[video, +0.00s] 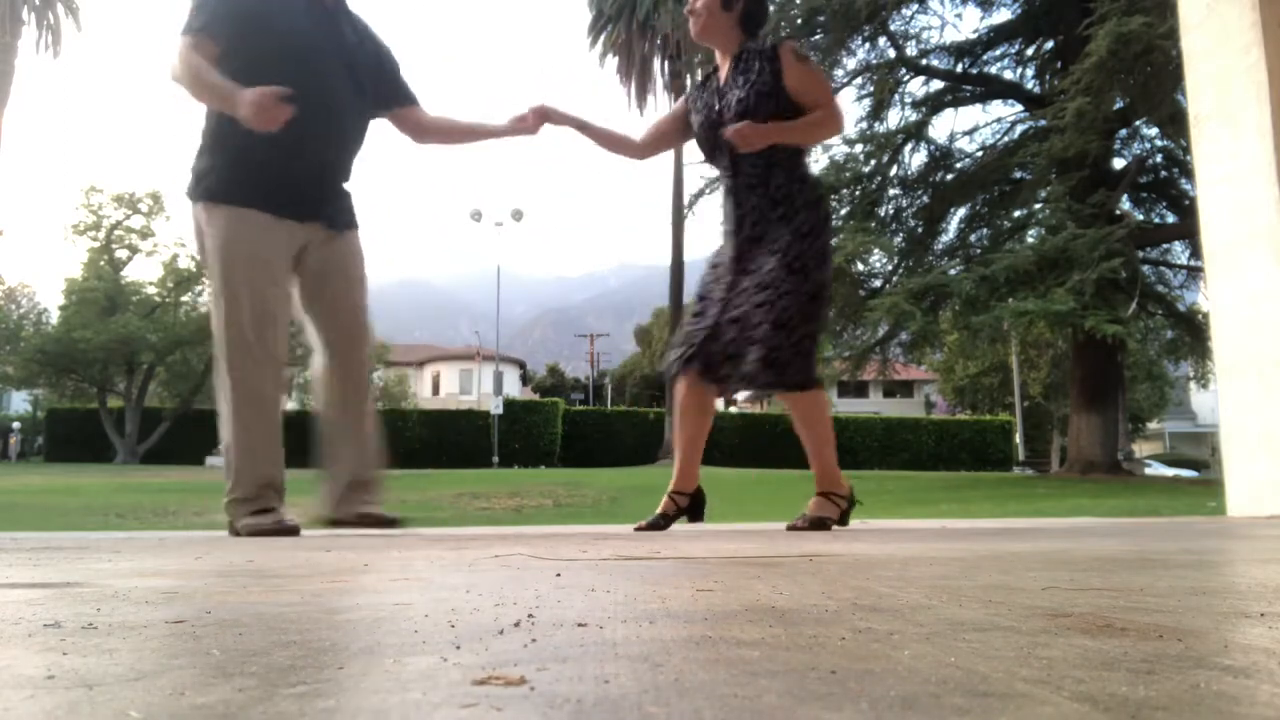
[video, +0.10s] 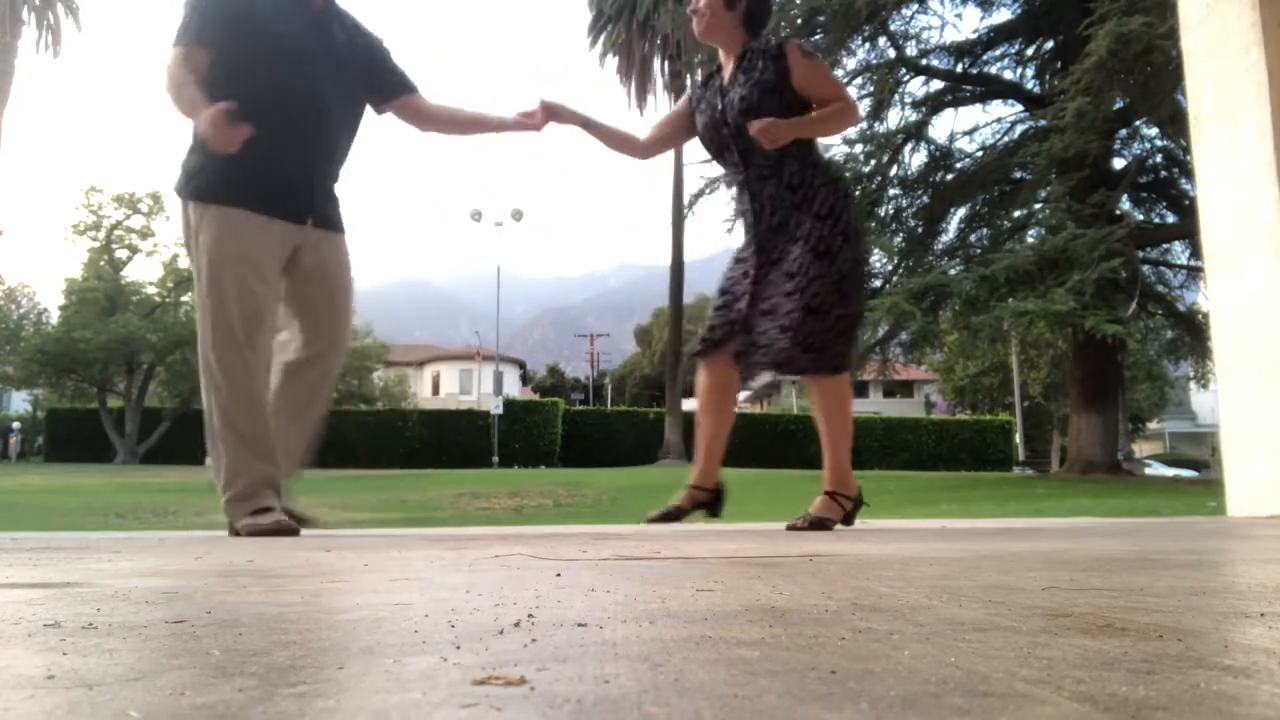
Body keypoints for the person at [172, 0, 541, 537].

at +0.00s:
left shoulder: (356, 35)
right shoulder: (237, 5)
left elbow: (418, 125)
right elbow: (189, 63)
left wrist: (505, 128)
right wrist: (236, 98)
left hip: (325, 209)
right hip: (242, 200)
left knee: (349, 351)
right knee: (253, 356)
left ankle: (352, 501)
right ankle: (254, 507)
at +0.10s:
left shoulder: (353, 38)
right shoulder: (229, 5)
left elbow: (424, 113)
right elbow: (181, 70)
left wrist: (513, 122)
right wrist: (202, 113)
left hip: (314, 208)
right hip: (233, 197)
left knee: (324, 340)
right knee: (239, 350)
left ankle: (266, 485)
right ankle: (250, 503)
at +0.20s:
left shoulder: (353, 47)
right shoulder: (229, 10)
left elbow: (429, 109)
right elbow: (180, 90)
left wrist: (516, 138)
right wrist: (181, 147)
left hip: (303, 221)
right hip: (224, 202)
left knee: (290, 352)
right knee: (233, 353)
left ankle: (184, 459)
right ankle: (251, 504)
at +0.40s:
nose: (333, 1)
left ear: (337, 2)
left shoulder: (359, 59)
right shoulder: (236, 27)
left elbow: (434, 106)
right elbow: (186, 106)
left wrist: (524, 115)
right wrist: (171, 167)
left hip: (291, 238)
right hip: (226, 214)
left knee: (222, 353)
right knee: (238, 356)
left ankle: (152, 489)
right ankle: (248, 502)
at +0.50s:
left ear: (342, 2)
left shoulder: (365, 61)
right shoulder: (249, 31)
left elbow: (436, 104)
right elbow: (194, 107)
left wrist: (521, 111)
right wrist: (184, 169)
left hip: (295, 228)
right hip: (245, 214)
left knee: (234, 353)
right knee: (284, 346)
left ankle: (159, 488)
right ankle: (260, 499)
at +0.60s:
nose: (362, 5)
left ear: (366, 6)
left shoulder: (377, 74)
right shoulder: (271, 47)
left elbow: (443, 123)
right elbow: (216, 122)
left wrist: (521, 126)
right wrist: (213, 181)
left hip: (309, 229)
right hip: (271, 220)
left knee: (239, 364)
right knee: (335, 338)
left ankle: (158, 490)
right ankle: (338, 494)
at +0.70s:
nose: (390, 14)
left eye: (393, 6)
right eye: (379, 4)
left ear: (397, 13)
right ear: (350, 7)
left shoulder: (402, 92)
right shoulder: (310, 63)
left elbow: (454, 155)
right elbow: (255, 145)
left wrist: (517, 157)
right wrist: (260, 199)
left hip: (344, 247)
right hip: (309, 239)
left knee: (242, 367)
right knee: (379, 354)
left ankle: (157, 489)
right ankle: (412, 500)